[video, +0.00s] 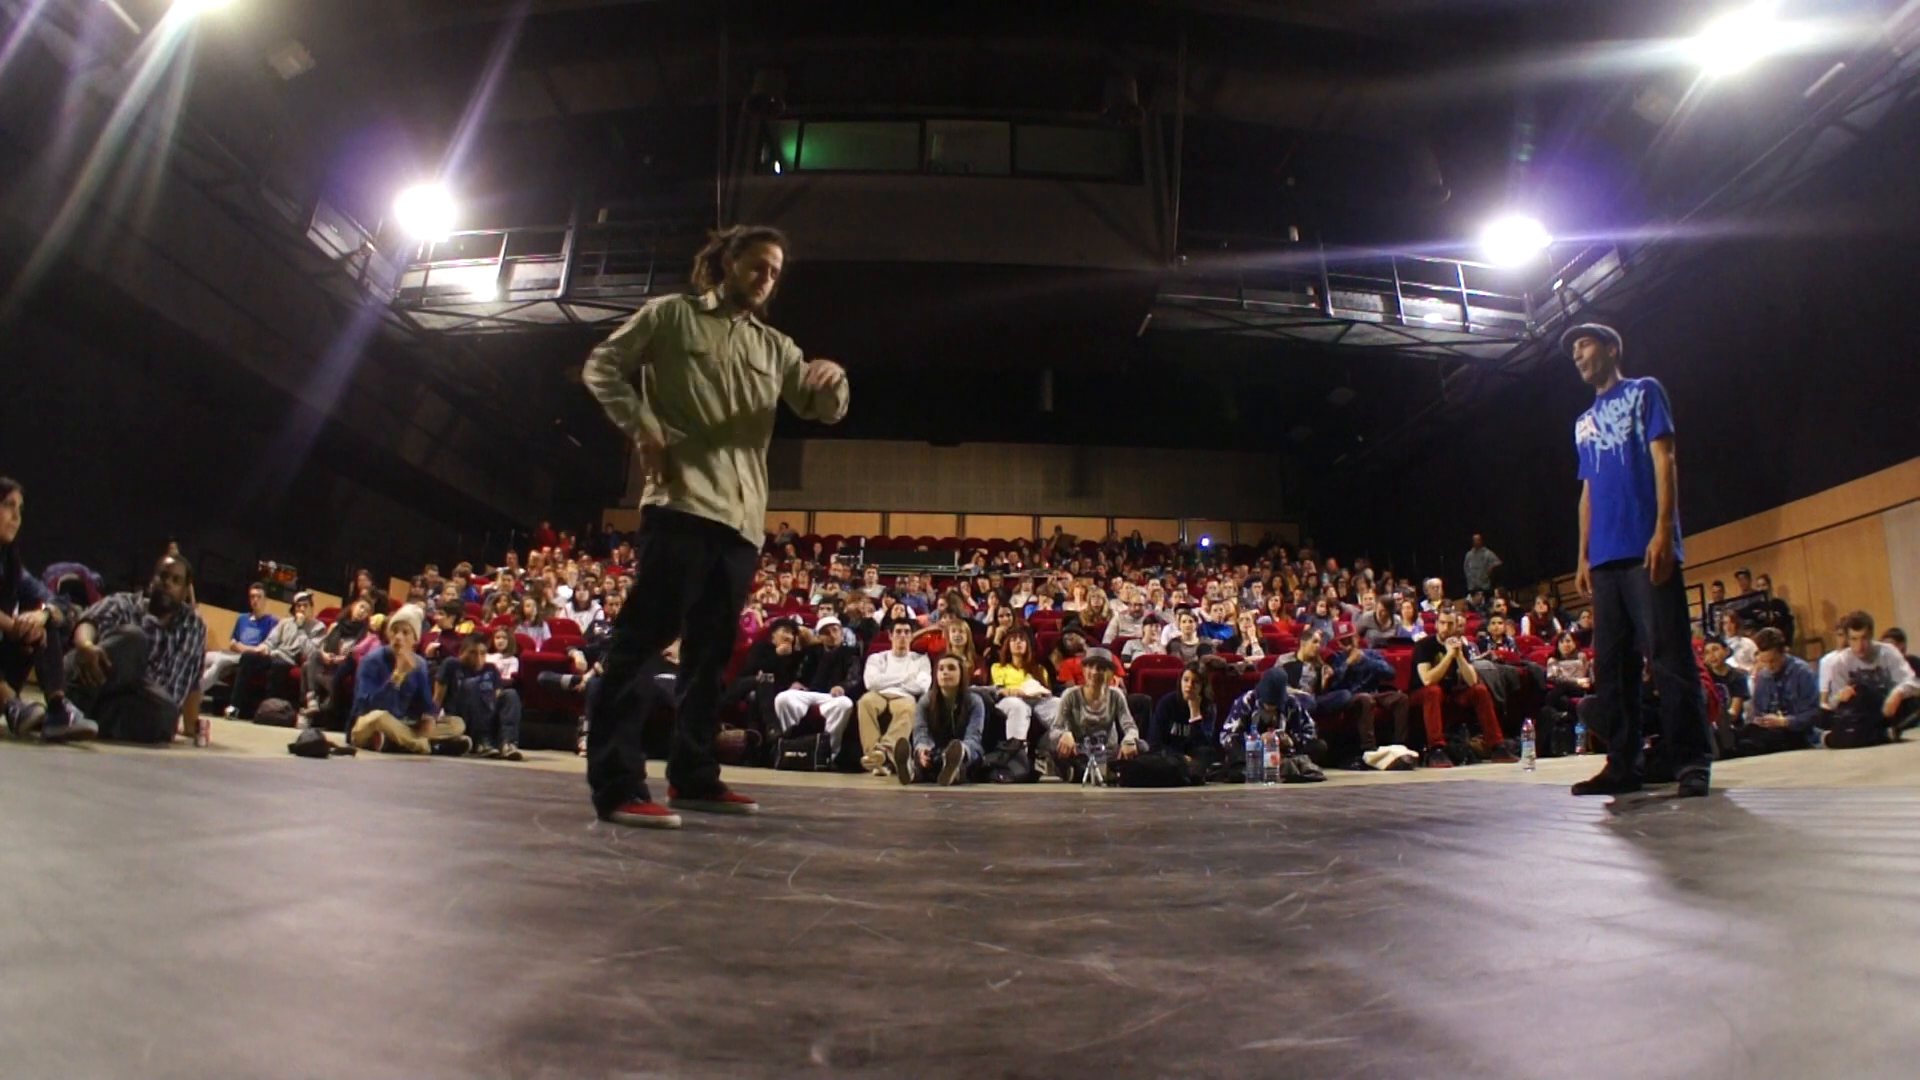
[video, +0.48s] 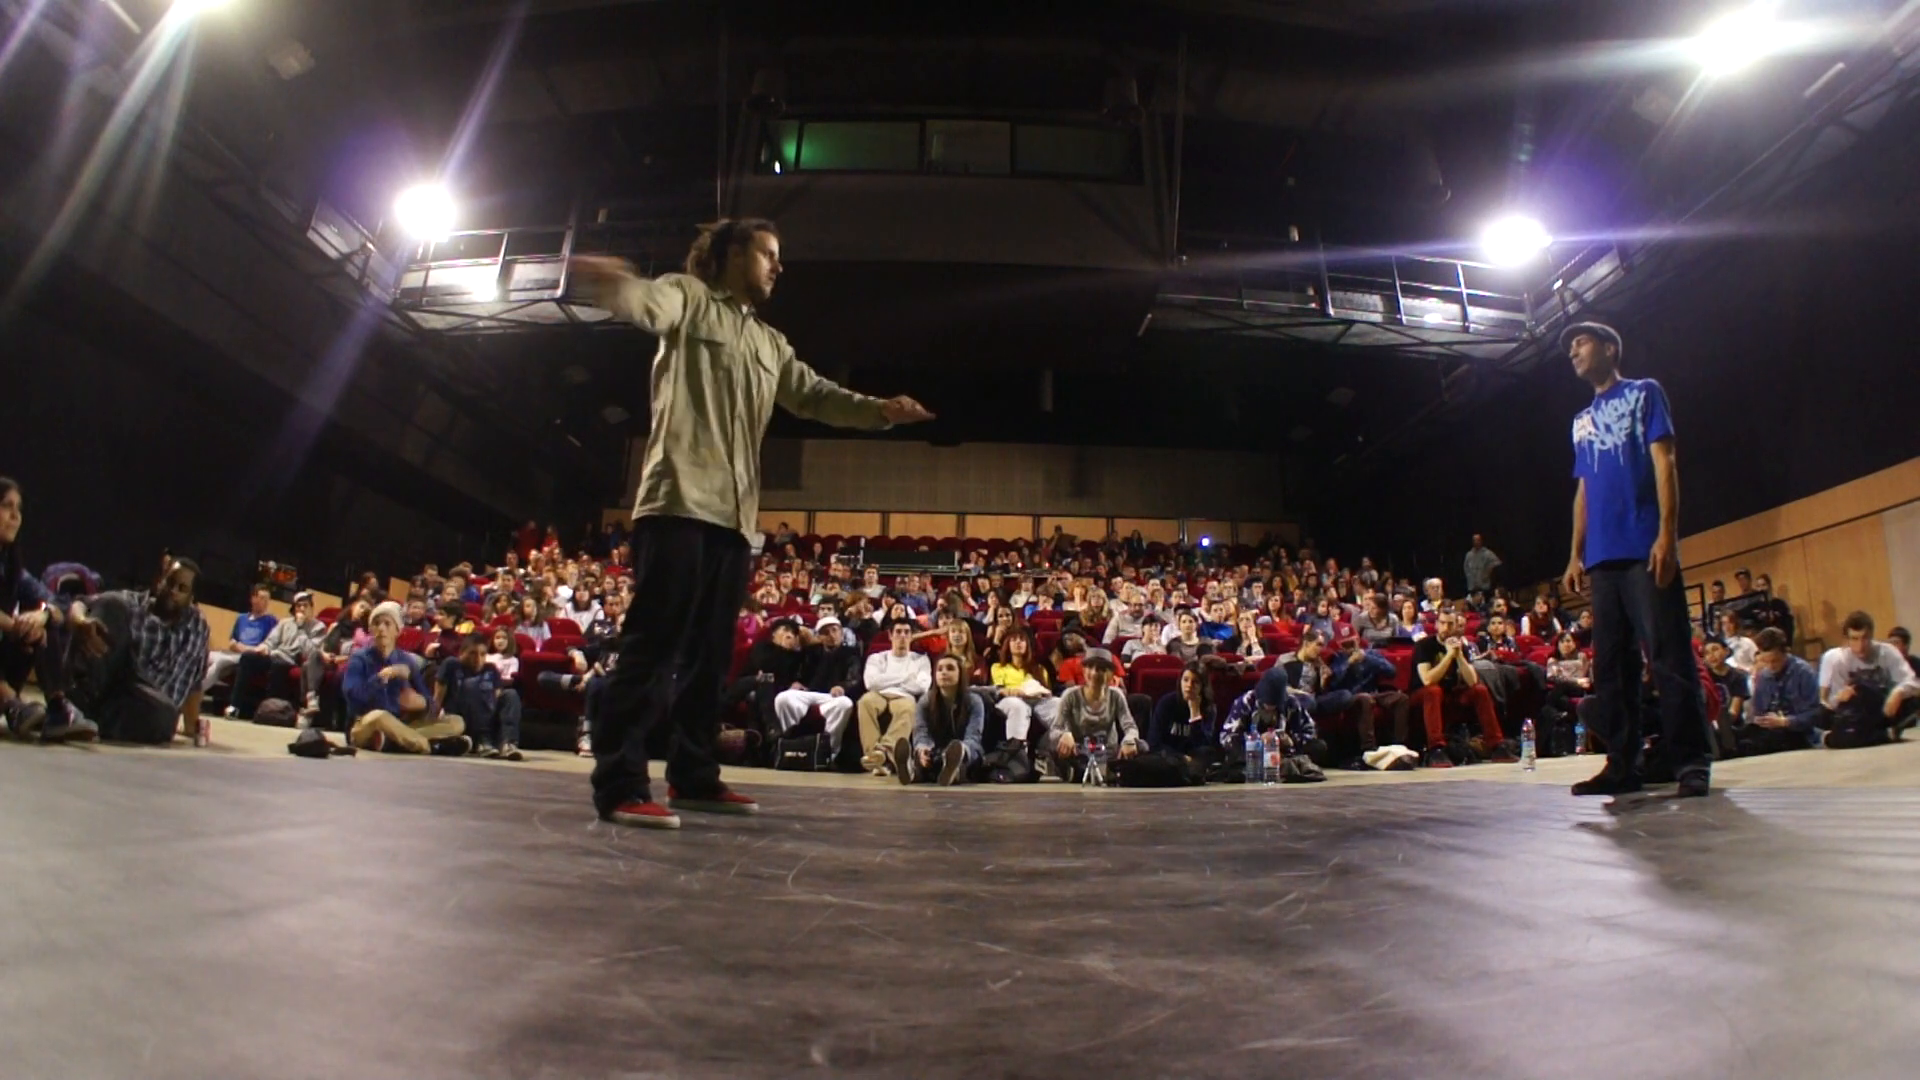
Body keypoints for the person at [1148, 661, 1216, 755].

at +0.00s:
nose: (1189, 686)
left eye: (1195, 682)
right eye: (1186, 680)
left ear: (1203, 686)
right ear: (1180, 682)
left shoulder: (1208, 706)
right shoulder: (1167, 702)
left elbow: (1204, 745)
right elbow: (1155, 743)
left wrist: (1194, 712)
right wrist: (1181, 756)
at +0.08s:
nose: (1189, 685)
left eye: (1195, 682)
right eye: (1186, 680)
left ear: (1202, 686)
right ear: (1180, 682)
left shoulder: (1208, 707)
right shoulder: (1167, 703)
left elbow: (1203, 744)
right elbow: (1154, 742)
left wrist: (1194, 711)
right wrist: (1182, 757)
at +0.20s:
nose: (1189, 685)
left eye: (1195, 682)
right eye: (1186, 680)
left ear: (1202, 686)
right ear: (1180, 682)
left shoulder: (1208, 707)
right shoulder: (1166, 702)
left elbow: (1203, 745)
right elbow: (1154, 742)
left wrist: (1194, 712)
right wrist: (1181, 756)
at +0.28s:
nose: (1189, 685)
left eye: (1195, 682)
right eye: (1185, 680)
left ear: (1202, 686)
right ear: (1180, 682)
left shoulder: (1208, 707)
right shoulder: (1166, 702)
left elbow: (1203, 744)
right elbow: (1154, 742)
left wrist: (1194, 711)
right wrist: (1182, 757)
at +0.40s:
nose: (1189, 685)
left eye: (1195, 682)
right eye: (1185, 680)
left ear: (1202, 686)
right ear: (1180, 682)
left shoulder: (1208, 707)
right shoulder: (1167, 702)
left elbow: (1203, 745)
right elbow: (1154, 742)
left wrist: (1194, 711)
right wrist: (1182, 757)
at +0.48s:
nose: (1189, 685)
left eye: (1195, 682)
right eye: (1185, 680)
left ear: (1202, 686)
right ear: (1180, 682)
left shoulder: (1208, 707)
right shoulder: (1166, 702)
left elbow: (1203, 745)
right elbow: (1154, 742)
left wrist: (1194, 711)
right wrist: (1182, 757)